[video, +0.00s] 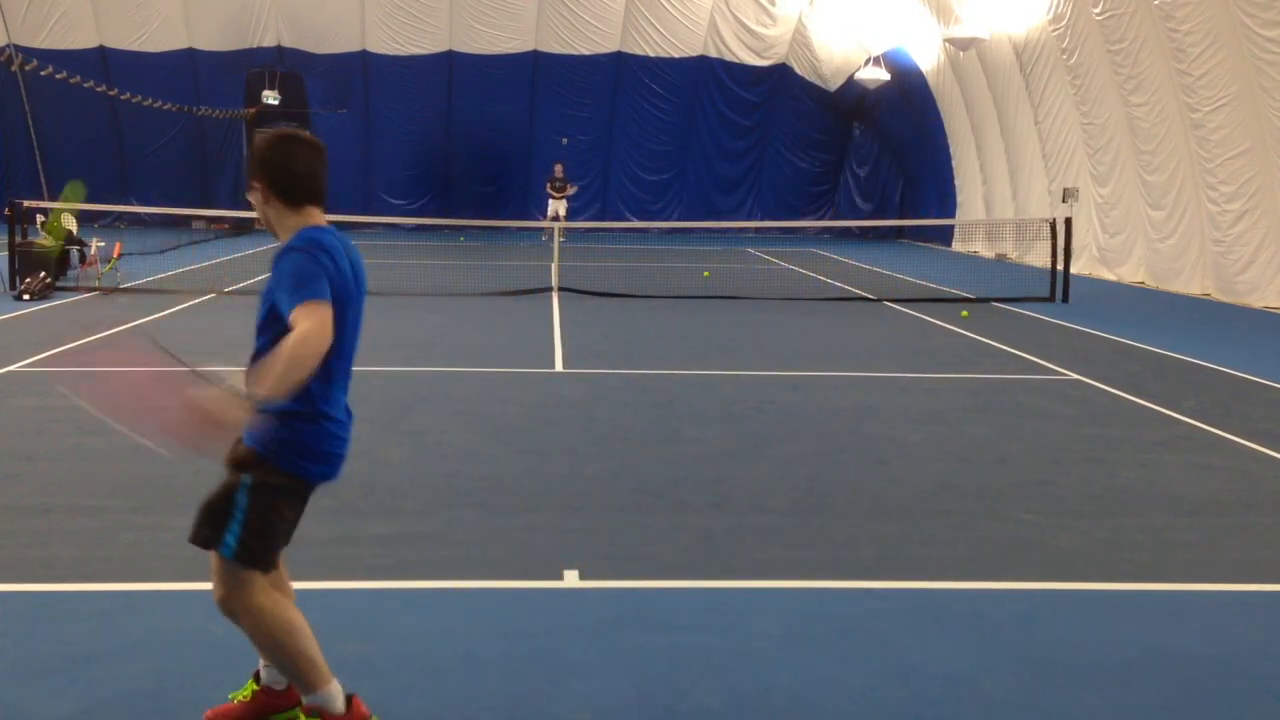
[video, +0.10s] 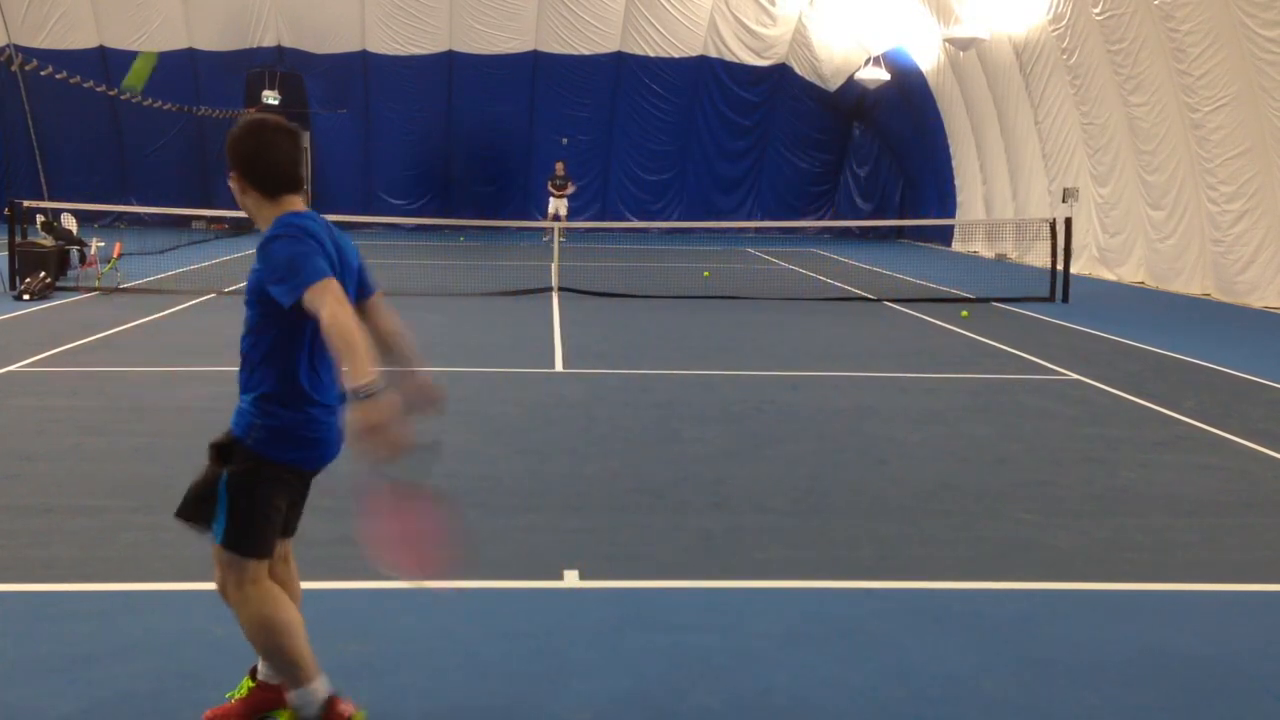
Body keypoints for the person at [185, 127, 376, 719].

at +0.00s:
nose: (252, 198)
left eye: (252, 187)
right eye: (252, 188)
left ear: (263, 192)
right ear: (316, 186)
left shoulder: (302, 255)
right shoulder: (337, 248)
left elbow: (314, 332)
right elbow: (320, 347)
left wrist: (252, 396)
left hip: (286, 441)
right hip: (304, 435)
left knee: (236, 589)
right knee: (259, 563)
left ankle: (333, 705)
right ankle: (279, 682)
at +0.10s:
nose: (231, 187)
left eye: (231, 178)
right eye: (232, 177)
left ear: (239, 184)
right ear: (299, 173)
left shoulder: (285, 242)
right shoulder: (331, 236)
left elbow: (335, 310)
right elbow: (376, 313)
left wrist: (367, 390)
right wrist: (414, 371)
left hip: (270, 436)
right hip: (305, 434)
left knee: (239, 575)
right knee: (272, 554)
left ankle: (322, 702)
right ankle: (274, 678)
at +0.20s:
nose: (225, 187)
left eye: (223, 179)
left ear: (227, 187)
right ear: (293, 172)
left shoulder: (272, 245)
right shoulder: (337, 232)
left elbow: (342, 302)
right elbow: (409, 282)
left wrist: (408, 363)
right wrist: (480, 332)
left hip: (275, 439)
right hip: (318, 435)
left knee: (265, 580)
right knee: (274, 555)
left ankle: (330, 707)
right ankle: (272, 678)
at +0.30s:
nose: (225, 192)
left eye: (224, 182)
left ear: (228, 192)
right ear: (292, 179)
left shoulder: (260, 250)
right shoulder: (340, 230)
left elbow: (320, 305)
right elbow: (421, 269)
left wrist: (389, 376)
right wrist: (498, 302)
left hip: (296, 443)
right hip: (344, 437)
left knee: (297, 587)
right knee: (284, 548)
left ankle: (340, 712)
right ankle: (278, 672)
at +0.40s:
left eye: (232, 184)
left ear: (235, 195)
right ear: (301, 183)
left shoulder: (256, 252)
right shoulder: (349, 232)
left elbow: (285, 321)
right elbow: (431, 271)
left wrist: (305, 415)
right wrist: (505, 309)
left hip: (309, 446)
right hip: (366, 437)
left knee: (323, 588)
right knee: (312, 554)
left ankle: (345, 711)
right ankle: (298, 668)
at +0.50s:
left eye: (246, 179)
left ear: (249, 191)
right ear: (315, 181)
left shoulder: (256, 254)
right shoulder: (365, 232)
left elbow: (251, 338)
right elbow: (442, 286)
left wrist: (222, 443)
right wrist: (504, 334)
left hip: (317, 448)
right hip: (383, 441)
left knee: (330, 593)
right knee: (348, 565)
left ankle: (347, 713)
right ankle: (346, 683)